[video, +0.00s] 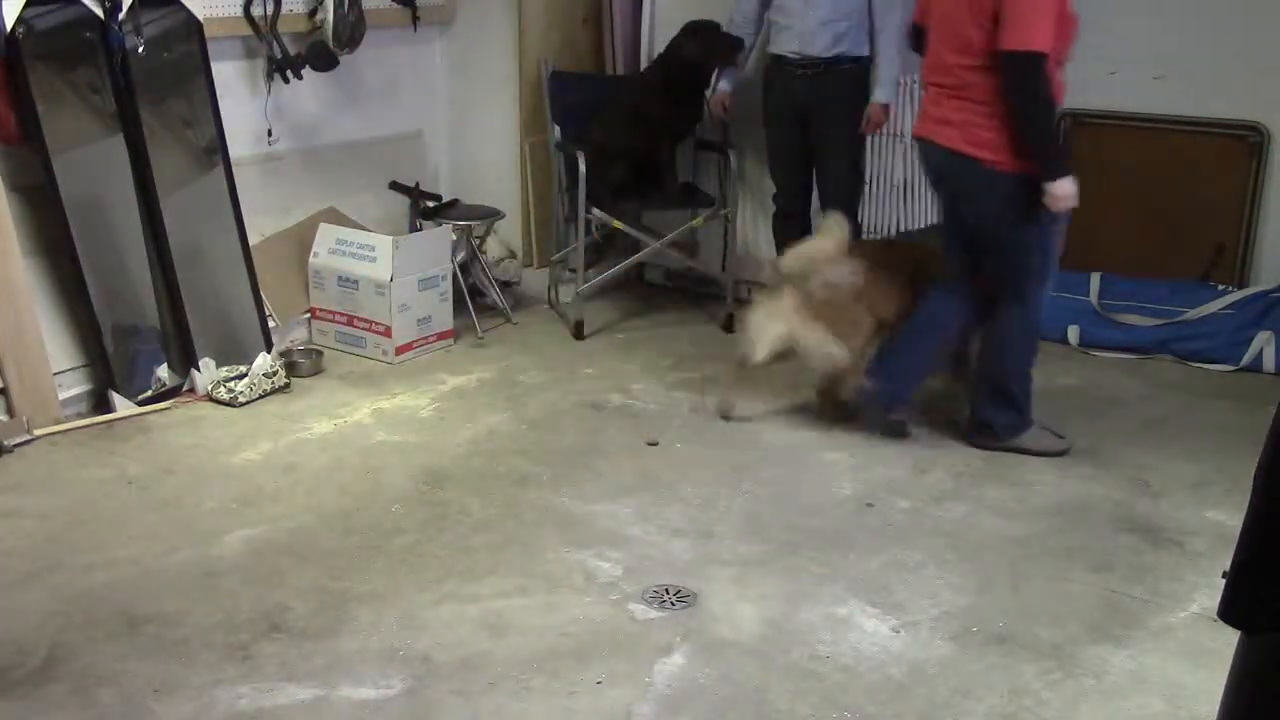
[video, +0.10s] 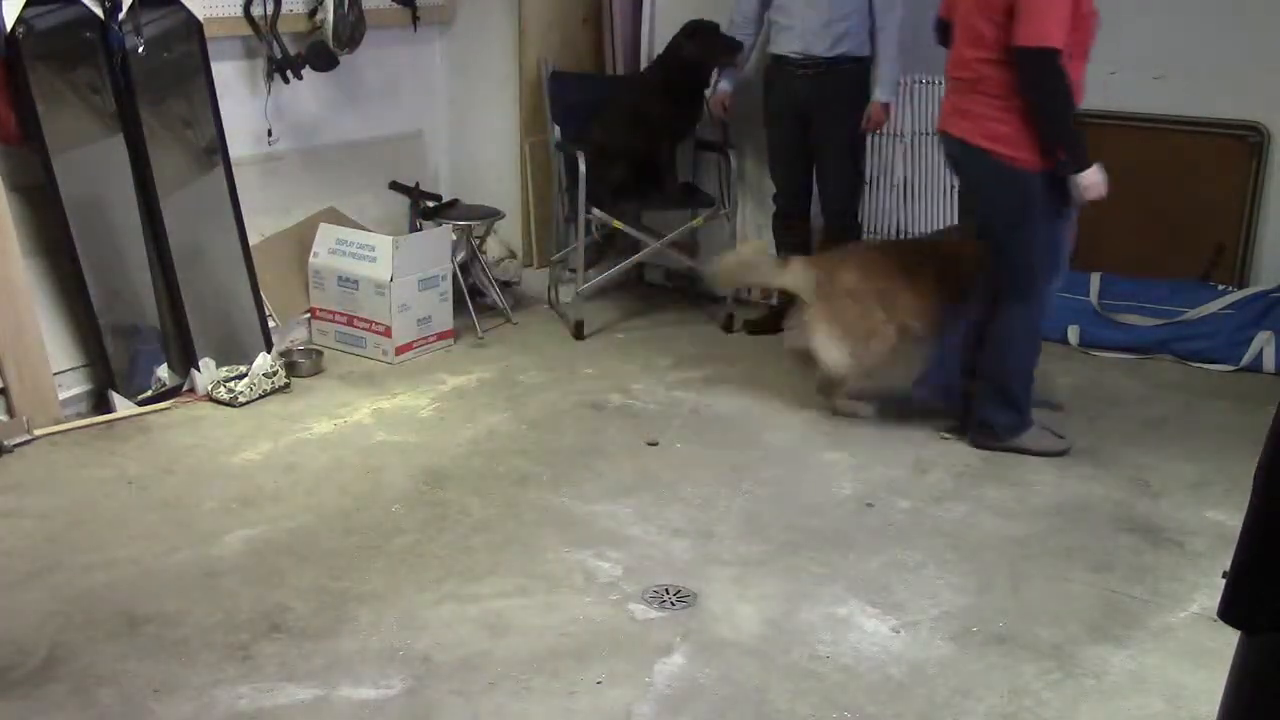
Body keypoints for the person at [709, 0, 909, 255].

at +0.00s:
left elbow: (888, 22)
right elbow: (746, 18)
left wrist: (882, 95)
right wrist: (725, 81)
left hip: (843, 74)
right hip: (783, 72)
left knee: (839, 199)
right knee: (789, 198)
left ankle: (841, 291)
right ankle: (792, 293)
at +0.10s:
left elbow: (887, 21)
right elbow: (745, 19)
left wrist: (882, 94)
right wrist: (726, 79)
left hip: (843, 76)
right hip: (783, 75)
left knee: (840, 201)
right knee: (789, 196)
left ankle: (840, 303)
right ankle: (788, 298)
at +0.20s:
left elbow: (889, 20)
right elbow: (746, 21)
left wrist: (884, 94)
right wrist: (726, 83)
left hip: (843, 77)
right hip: (784, 76)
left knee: (840, 200)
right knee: (789, 197)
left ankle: (839, 307)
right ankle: (792, 297)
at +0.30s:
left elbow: (889, 20)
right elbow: (746, 20)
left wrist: (885, 94)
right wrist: (728, 82)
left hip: (845, 76)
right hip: (785, 75)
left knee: (841, 199)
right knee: (789, 199)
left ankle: (832, 307)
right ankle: (792, 303)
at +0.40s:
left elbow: (890, 19)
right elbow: (747, 20)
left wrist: (885, 94)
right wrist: (729, 81)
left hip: (845, 77)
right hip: (785, 76)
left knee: (838, 201)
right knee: (789, 197)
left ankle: (832, 313)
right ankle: (792, 304)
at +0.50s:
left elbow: (890, 19)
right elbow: (748, 17)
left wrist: (885, 94)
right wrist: (729, 82)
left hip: (846, 76)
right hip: (785, 75)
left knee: (839, 201)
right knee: (789, 198)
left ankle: (834, 311)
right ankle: (791, 304)